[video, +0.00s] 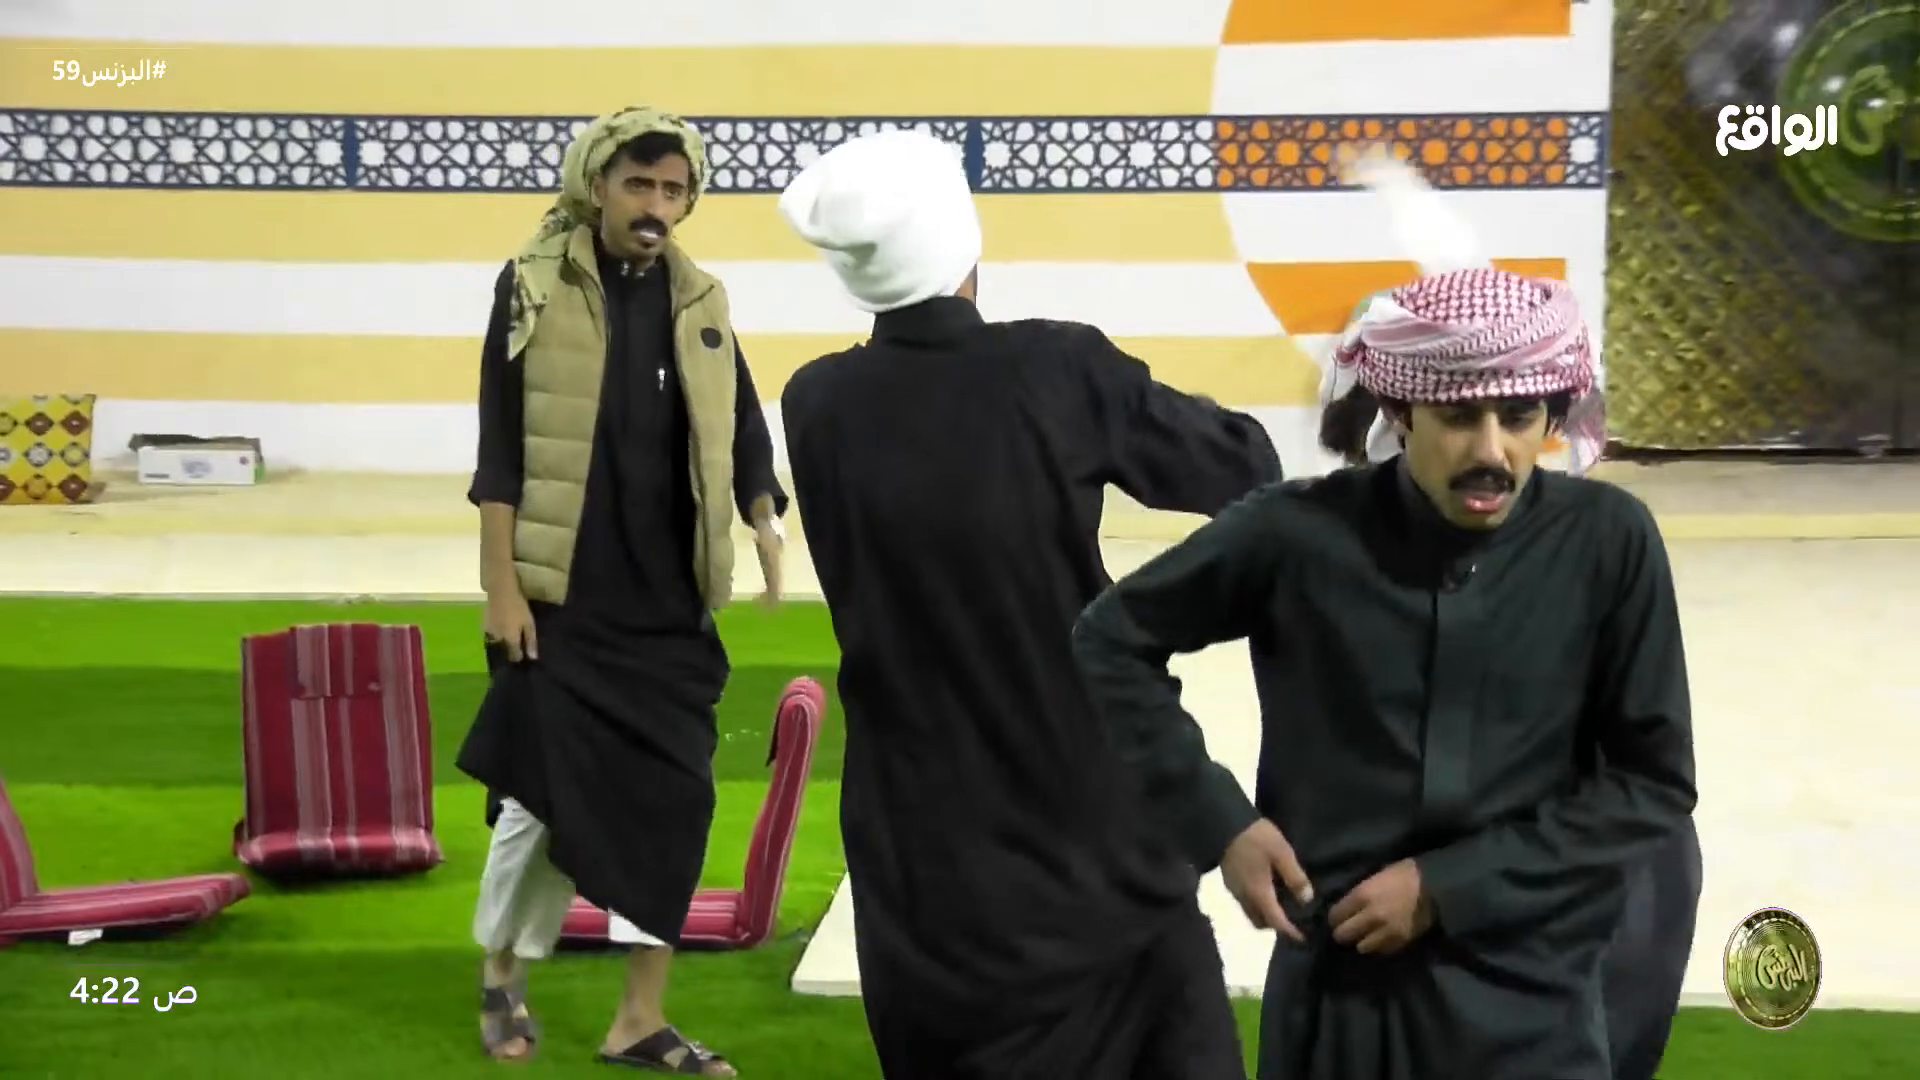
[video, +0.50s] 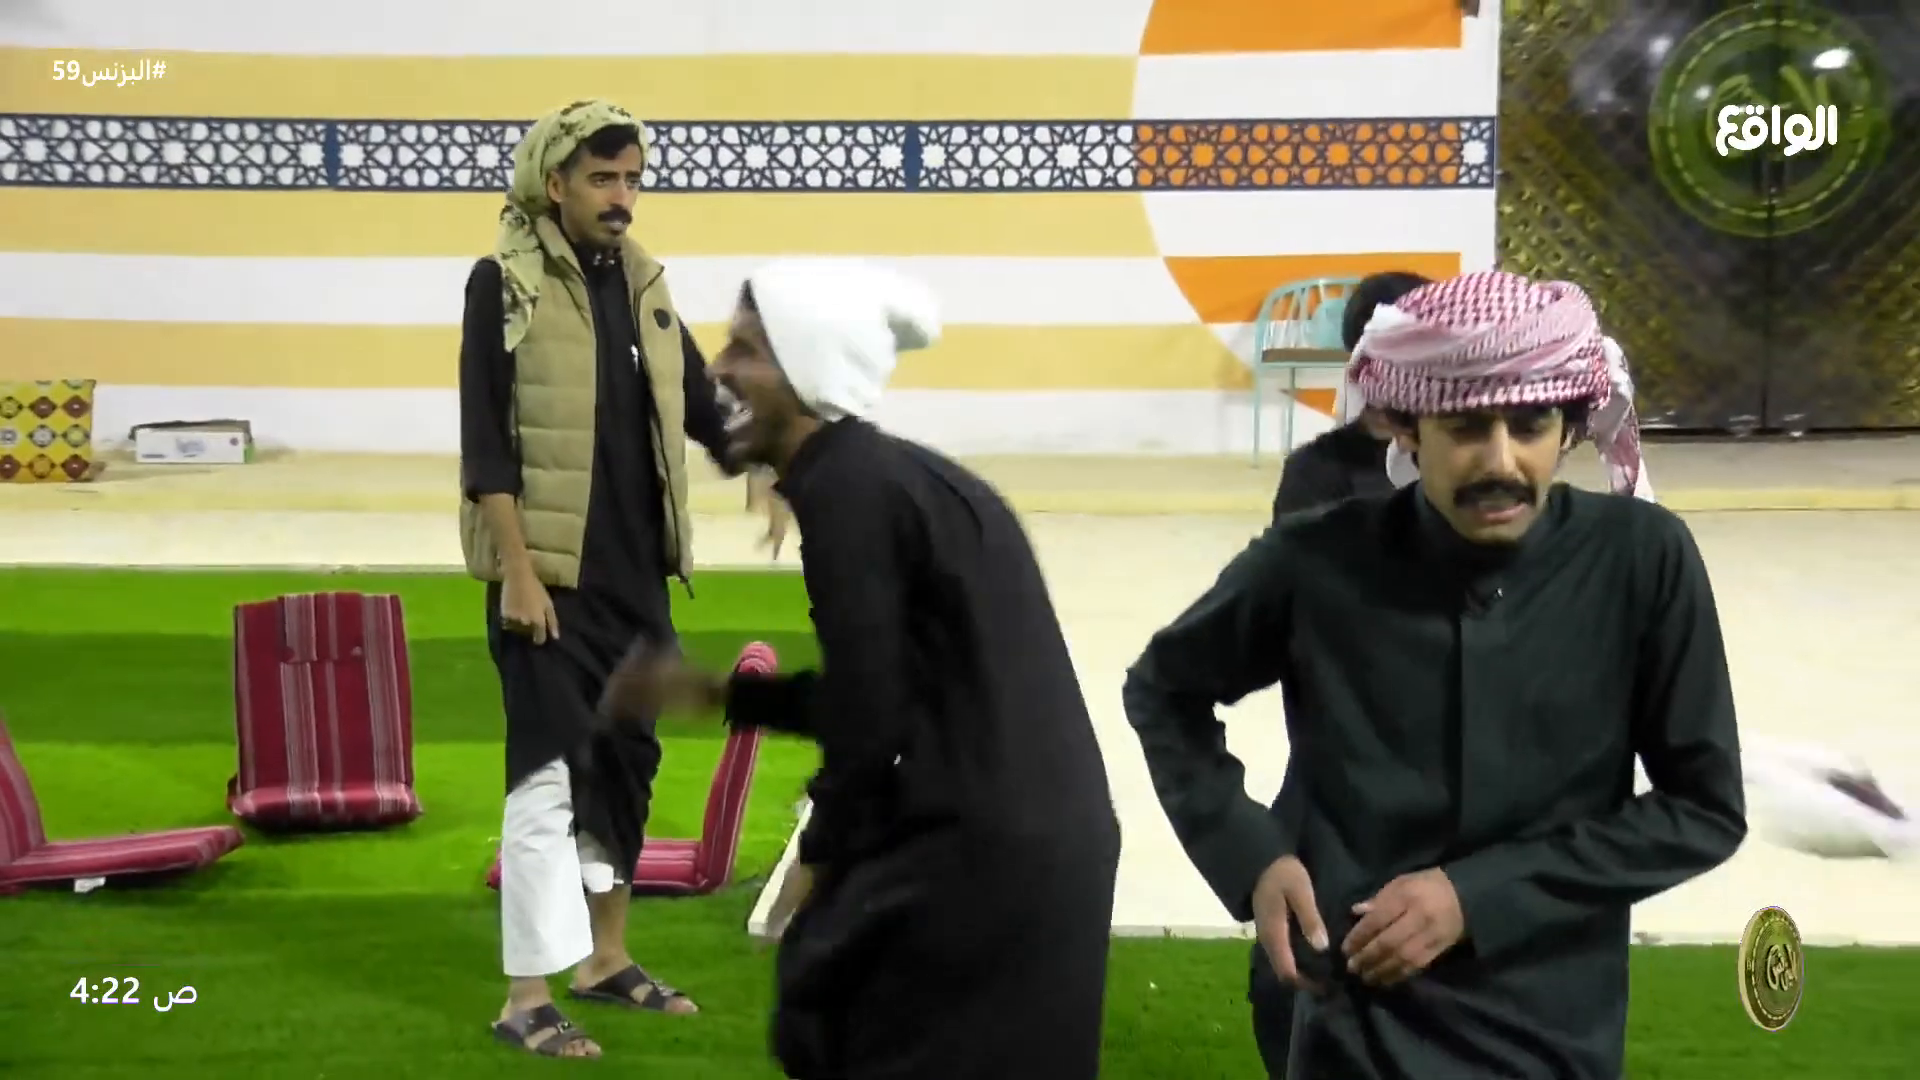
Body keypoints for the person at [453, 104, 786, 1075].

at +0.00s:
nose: (657, 206)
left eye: (674, 191)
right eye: (639, 186)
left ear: (690, 201)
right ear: (594, 186)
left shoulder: (698, 295)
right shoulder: (535, 286)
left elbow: (742, 416)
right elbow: (499, 440)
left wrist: (767, 530)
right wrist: (500, 581)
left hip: (672, 594)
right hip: (561, 592)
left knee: (677, 795)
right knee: (543, 795)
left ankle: (640, 1021)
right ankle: (504, 979)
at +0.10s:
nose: (665, 200)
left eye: (680, 185)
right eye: (648, 179)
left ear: (693, 196)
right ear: (599, 179)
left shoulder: (697, 289)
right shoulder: (538, 278)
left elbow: (757, 395)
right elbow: (505, 428)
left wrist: (754, 419)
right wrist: (517, 561)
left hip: (669, 582)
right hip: (568, 578)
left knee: (663, 784)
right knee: (572, 782)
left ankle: (632, 1007)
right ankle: (491, 953)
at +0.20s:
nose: (665, 197)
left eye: (679, 181)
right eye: (647, 177)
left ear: (690, 191)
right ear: (597, 177)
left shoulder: (691, 283)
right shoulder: (538, 274)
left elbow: (768, 393)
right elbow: (506, 424)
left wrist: (744, 364)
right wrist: (527, 553)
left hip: (668, 573)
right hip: (571, 569)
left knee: (651, 777)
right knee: (585, 779)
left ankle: (625, 995)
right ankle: (495, 970)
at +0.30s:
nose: (654, 197)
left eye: (668, 182)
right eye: (637, 178)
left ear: (675, 189)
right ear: (587, 177)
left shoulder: (679, 286)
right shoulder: (528, 278)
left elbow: (764, 367)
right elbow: (502, 431)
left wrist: (751, 356)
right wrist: (534, 560)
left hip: (662, 572)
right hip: (565, 570)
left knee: (638, 777)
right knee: (571, 782)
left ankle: (614, 981)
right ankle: (526, 1014)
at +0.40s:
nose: (642, 201)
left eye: (654, 185)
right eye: (625, 181)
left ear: (659, 188)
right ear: (572, 179)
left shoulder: (661, 288)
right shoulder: (514, 284)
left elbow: (727, 367)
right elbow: (496, 438)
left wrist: (765, 380)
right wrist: (525, 566)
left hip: (653, 576)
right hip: (557, 575)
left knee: (630, 774)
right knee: (556, 783)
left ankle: (610, 973)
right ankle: (527, 1009)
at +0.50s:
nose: (624, 198)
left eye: (634, 182)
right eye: (606, 180)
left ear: (638, 185)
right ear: (553, 179)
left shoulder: (641, 283)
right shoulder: (503, 284)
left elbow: (701, 402)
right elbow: (484, 438)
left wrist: (765, 453)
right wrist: (517, 566)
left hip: (639, 570)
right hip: (543, 571)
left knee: (625, 758)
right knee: (547, 773)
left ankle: (604, 961)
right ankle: (526, 996)